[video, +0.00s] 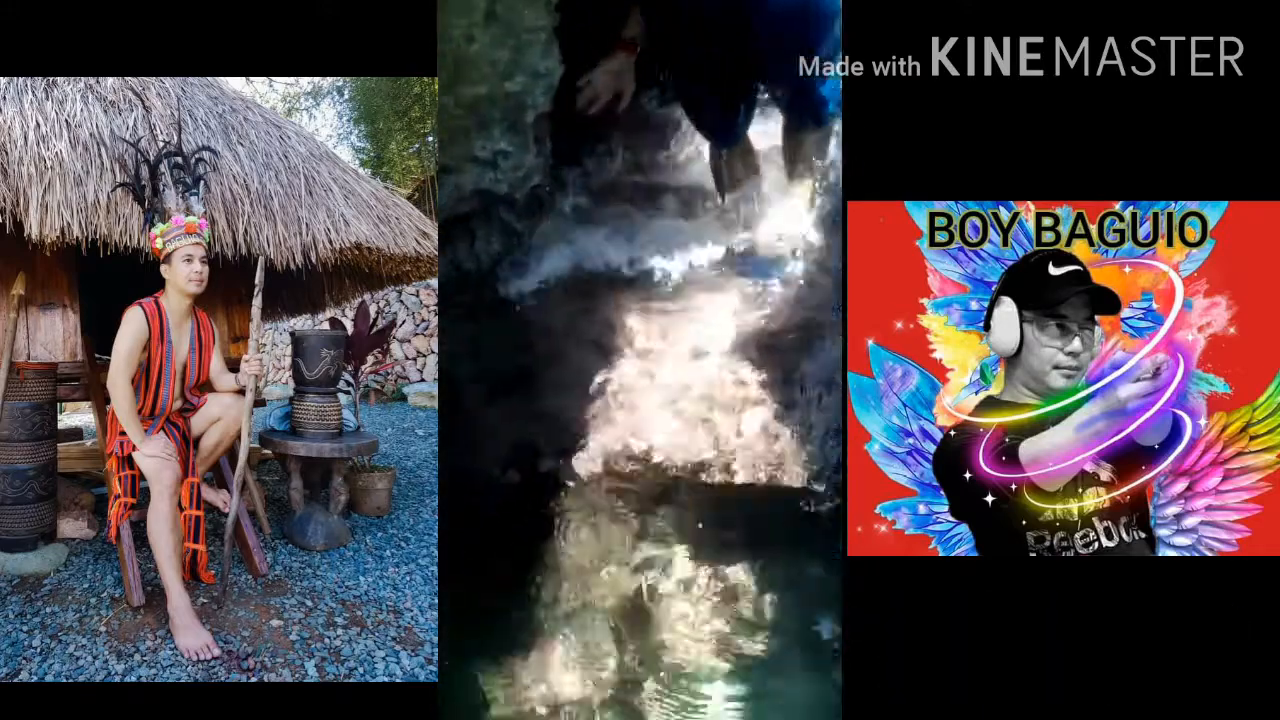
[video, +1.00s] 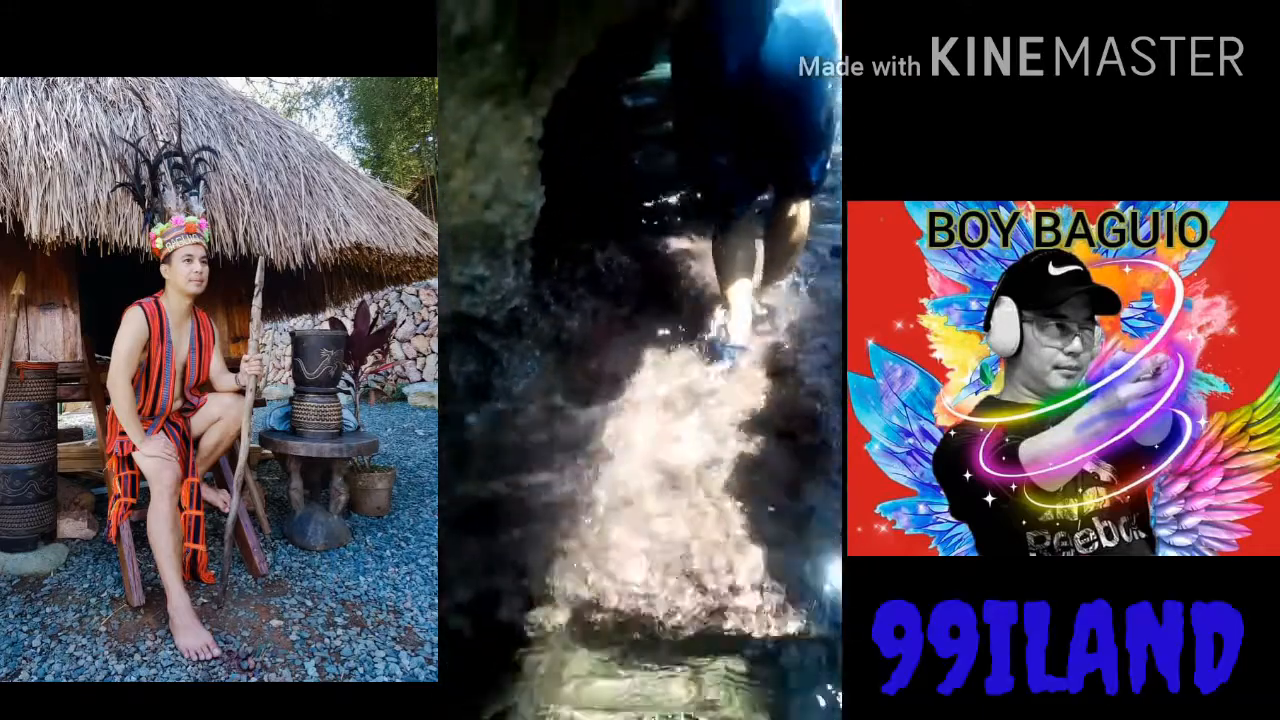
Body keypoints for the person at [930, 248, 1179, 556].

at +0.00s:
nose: (1076, 346)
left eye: (1086, 328)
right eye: (1055, 326)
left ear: (1097, 335)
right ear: (1007, 328)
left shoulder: (1113, 408)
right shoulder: (962, 446)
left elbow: (1156, 436)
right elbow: (1022, 471)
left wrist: (1147, 395)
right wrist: (1105, 413)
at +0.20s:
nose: (1076, 346)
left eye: (1086, 328)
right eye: (1055, 327)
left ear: (1097, 334)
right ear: (1007, 328)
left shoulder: (1114, 408)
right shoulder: (962, 446)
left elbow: (1155, 435)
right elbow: (1022, 472)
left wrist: (1149, 396)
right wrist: (1106, 412)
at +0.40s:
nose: (1076, 346)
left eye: (1086, 328)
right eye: (1055, 327)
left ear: (1097, 334)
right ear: (1007, 328)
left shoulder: (1114, 408)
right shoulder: (962, 446)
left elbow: (1155, 435)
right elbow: (1022, 472)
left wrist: (1149, 396)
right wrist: (1106, 412)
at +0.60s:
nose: (1076, 346)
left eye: (1086, 328)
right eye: (1055, 326)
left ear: (1097, 335)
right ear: (1007, 328)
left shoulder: (1113, 408)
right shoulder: (962, 446)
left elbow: (1156, 435)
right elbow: (1022, 471)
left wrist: (1147, 395)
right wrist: (1105, 413)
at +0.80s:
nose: (1076, 346)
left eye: (1086, 328)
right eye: (1055, 326)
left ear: (1097, 335)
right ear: (1007, 328)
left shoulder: (1113, 408)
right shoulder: (962, 446)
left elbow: (1156, 435)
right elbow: (1022, 471)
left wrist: (1147, 395)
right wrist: (1105, 413)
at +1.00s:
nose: (1076, 346)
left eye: (1086, 328)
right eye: (1055, 327)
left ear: (1097, 334)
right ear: (1007, 328)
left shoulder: (1114, 408)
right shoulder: (962, 446)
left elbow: (1155, 435)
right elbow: (1022, 472)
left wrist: (1149, 397)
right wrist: (1106, 412)